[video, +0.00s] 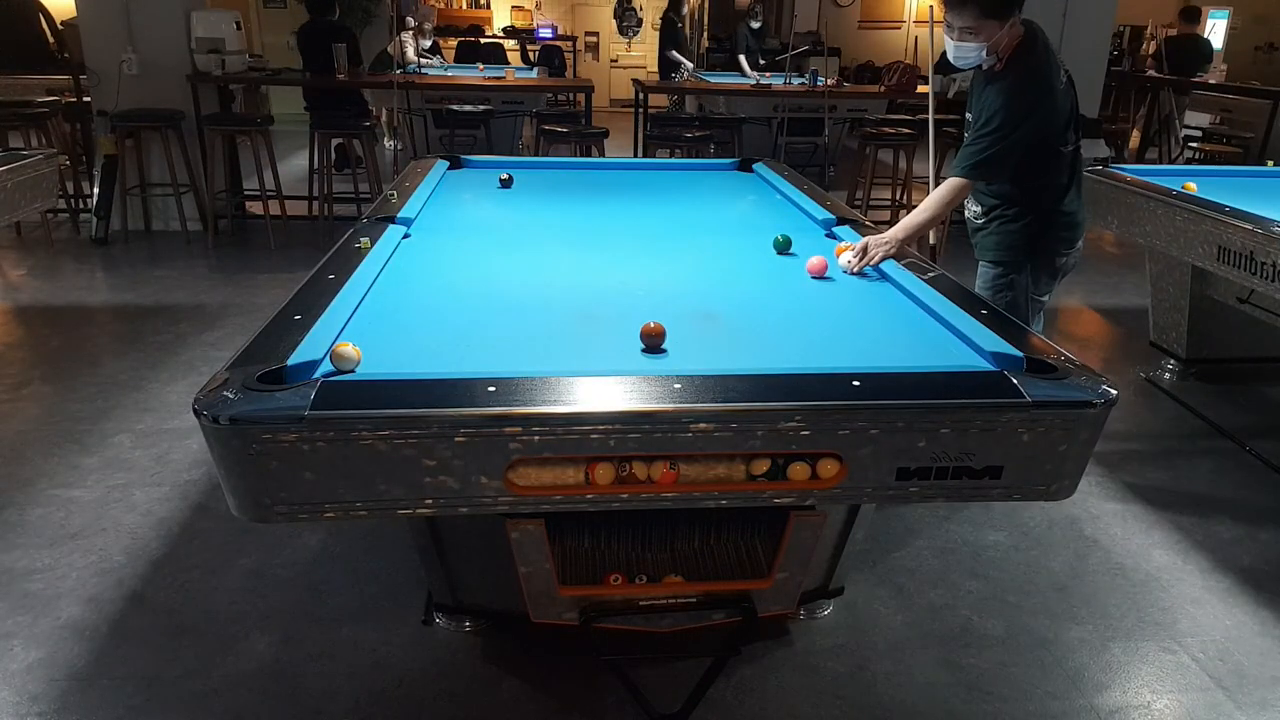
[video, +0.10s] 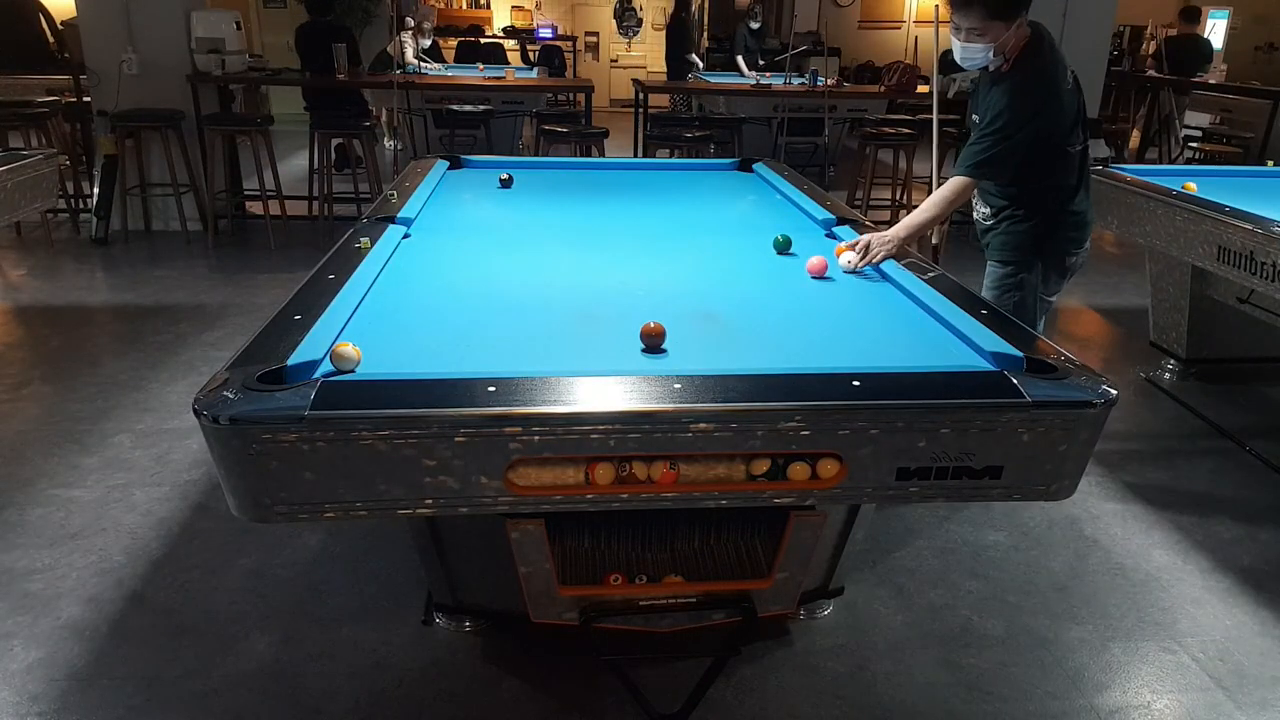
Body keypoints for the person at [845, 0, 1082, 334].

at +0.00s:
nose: (957, 40)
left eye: (970, 31)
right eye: (950, 27)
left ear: (1010, 27)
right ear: (944, 16)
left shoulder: (1015, 87)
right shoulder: (1018, 39)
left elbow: (963, 178)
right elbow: (951, 62)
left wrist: (893, 236)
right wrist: (918, 73)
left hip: (1022, 245)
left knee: (994, 358)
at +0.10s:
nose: (963, 41)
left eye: (977, 32)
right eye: (956, 28)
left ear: (1016, 28)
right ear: (949, 17)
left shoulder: (1021, 88)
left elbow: (966, 179)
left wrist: (895, 235)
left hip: (1030, 242)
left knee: (998, 357)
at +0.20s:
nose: (1014, 14)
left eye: (1029, 7)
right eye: (1012, 5)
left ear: (1065, 9)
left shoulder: (1083, 72)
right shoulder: (1029, 54)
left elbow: (1059, 176)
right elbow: (1001, 122)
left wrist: (975, 169)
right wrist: (964, 171)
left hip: (1055, 243)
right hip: (1023, 231)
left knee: (1011, 356)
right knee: (1044, 345)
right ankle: (1087, 430)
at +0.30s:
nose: (1064, 10)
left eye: (1076, 4)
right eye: (1064, 4)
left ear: (1110, 6)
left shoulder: (1135, 56)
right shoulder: (1078, 53)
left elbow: (1089, 143)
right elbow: (1060, 134)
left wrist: (1014, 121)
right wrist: (1031, 190)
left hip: (1101, 234)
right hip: (1064, 226)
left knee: (1041, 347)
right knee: (1082, 341)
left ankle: (1036, 452)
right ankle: (1092, 438)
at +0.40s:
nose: (1074, 17)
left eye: (1082, 10)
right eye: (1073, 11)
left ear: (1114, 6)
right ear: (1110, 10)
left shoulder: (1145, 56)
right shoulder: (1105, 55)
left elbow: (1097, 151)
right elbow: (1080, 135)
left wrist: (1012, 171)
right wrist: (1031, 174)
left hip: (1130, 235)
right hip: (1100, 228)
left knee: (1095, 351)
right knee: (1082, 346)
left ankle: (1091, 463)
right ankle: (1073, 456)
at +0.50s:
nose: (1064, 48)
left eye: (1074, 37)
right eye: (1056, 37)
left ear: (1109, 18)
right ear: (1048, 27)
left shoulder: (1145, 66)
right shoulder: (1088, 62)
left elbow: (1085, 154)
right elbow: (1057, 135)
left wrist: (997, 179)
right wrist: (1009, 176)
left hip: (1147, 235)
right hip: (1105, 226)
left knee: (1104, 353)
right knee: (1089, 345)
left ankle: (1091, 461)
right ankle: (1078, 454)